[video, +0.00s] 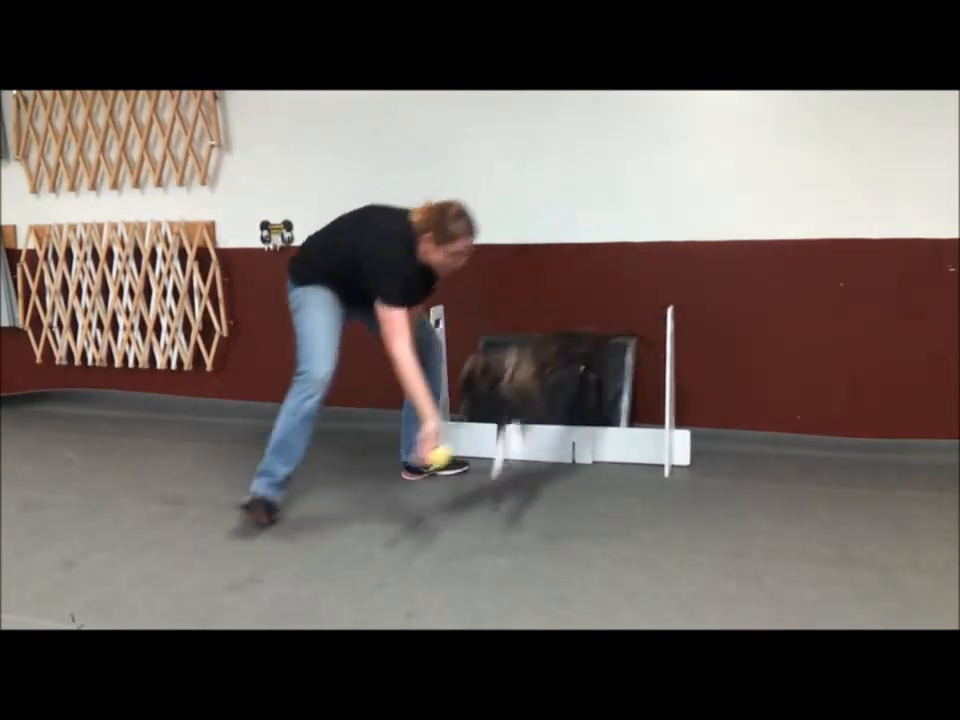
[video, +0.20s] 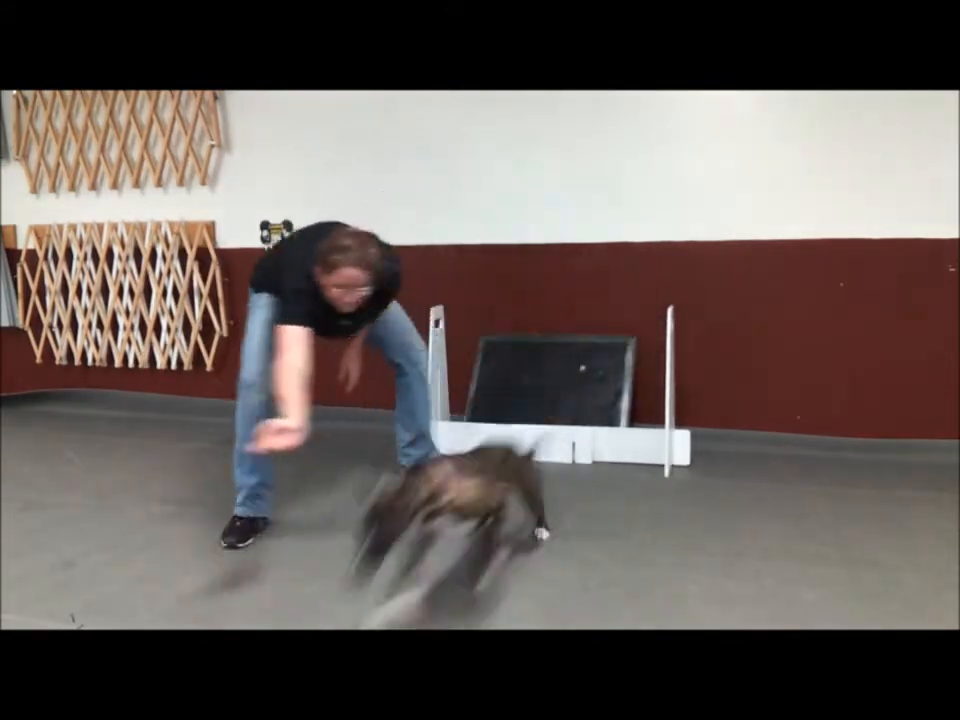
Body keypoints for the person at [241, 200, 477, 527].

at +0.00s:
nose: (460, 264)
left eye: (464, 256)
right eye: (456, 255)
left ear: (431, 244)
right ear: (428, 245)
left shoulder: (430, 254)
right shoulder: (391, 254)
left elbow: (409, 310)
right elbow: (398, 347)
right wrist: (429, 417)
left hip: (369, 286)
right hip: (319, 277)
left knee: (427, 345)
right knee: (317, 373)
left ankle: (418, 455)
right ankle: (266, 491)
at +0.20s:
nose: (350, 297)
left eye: (359, 287)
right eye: (340, 287)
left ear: (373, 281)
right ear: (320, 277)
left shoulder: (386, 271)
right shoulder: (296, 277)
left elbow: (371, 309)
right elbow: (293, 352)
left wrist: (355, 346)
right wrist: (295, 418)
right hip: (278, 293)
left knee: (413, 359)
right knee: (253, 384)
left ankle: (418, 466)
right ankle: (250, 508)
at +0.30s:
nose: (297, 283)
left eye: (306, 275)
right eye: (286, 274)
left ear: (323, 265)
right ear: (269, 266)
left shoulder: (353, 261)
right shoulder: (255, 270)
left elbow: (349, 302)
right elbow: (231, 350)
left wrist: (332, 343)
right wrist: (211, 414)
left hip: (340, 298)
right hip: (269, 309)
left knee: (386, 361)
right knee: (244, 393)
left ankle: (412, 457)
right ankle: (248, 506)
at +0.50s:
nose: (402, 189)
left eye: (404, 180)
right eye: (398, 179)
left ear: (376, 177)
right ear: (373, 174)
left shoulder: (377, 211)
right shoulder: (295, 183)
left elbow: (422, 260)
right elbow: (214, 206)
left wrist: (478, 312)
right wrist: (249, 278)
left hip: (313, 285)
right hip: (258, 282)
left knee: (365, 361)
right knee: (261, 394)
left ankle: (397, 454)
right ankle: (214, 521)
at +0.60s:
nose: (440, 200)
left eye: (443, 193)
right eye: (438, 191)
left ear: (426, 187)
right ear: (417, 181)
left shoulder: (413, 223)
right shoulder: (348, 188)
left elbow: (458, 263)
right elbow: (266, 203)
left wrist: (515, 305)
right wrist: (294, 276)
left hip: (337, 289)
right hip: (281, 282)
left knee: (381, 363)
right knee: (281, 388)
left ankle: (390, 461)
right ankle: (222, 515)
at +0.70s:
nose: (469, 210)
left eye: (470, 203)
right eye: (467, 202)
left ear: (449, 195)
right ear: (447, 194)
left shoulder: (438, 231)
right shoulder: (391, 193)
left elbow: (479, 259)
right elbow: (311, 207)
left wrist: (533, 290)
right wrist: (337, 279)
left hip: (351, 283)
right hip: (302, 272)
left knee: (392, 360)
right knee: (310, 381)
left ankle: (389, 457)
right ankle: (243, 501)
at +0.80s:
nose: (478, 212)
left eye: (480, 207)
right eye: (478, 204)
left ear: (460, 197)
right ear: (464, 197)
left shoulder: (446, 229)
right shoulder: (412, 198)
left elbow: (481, 253)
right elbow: (341, 213)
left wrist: (523, 275)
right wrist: (372, 280)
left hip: (354, 272)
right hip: (317, 266)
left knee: (395, 354)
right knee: (340, 374)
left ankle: (392, 455)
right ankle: (273, 488)